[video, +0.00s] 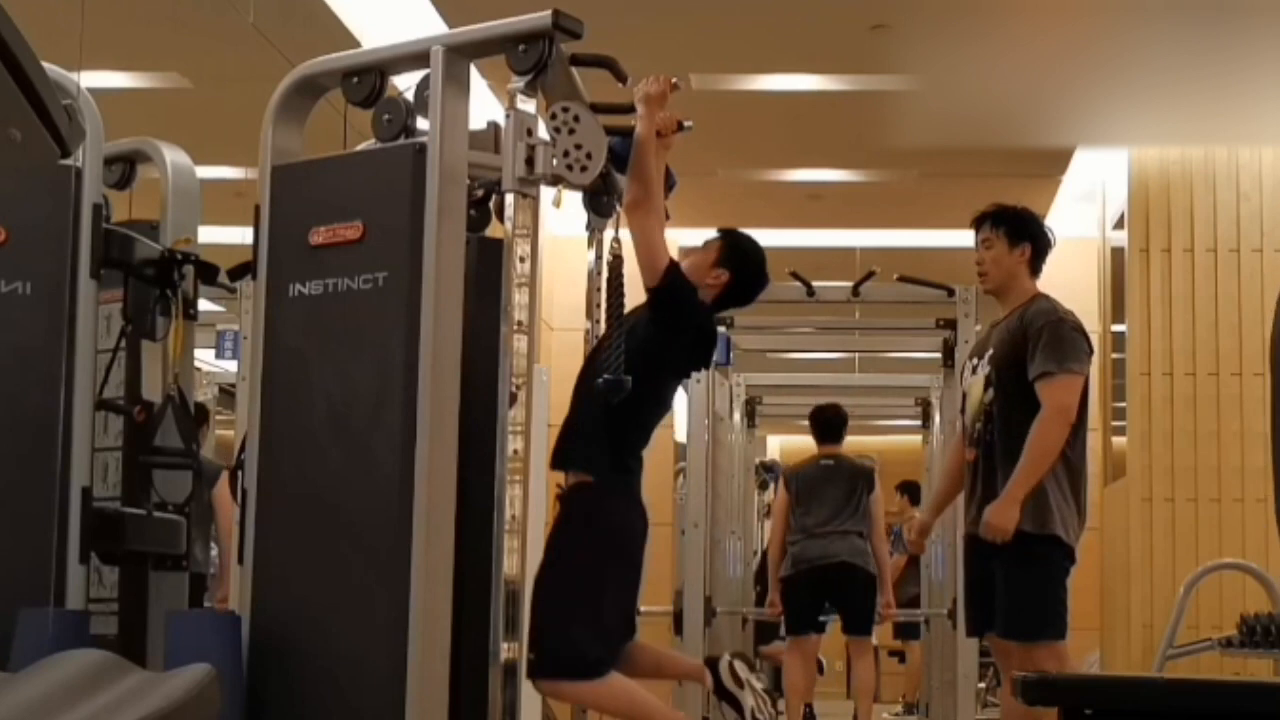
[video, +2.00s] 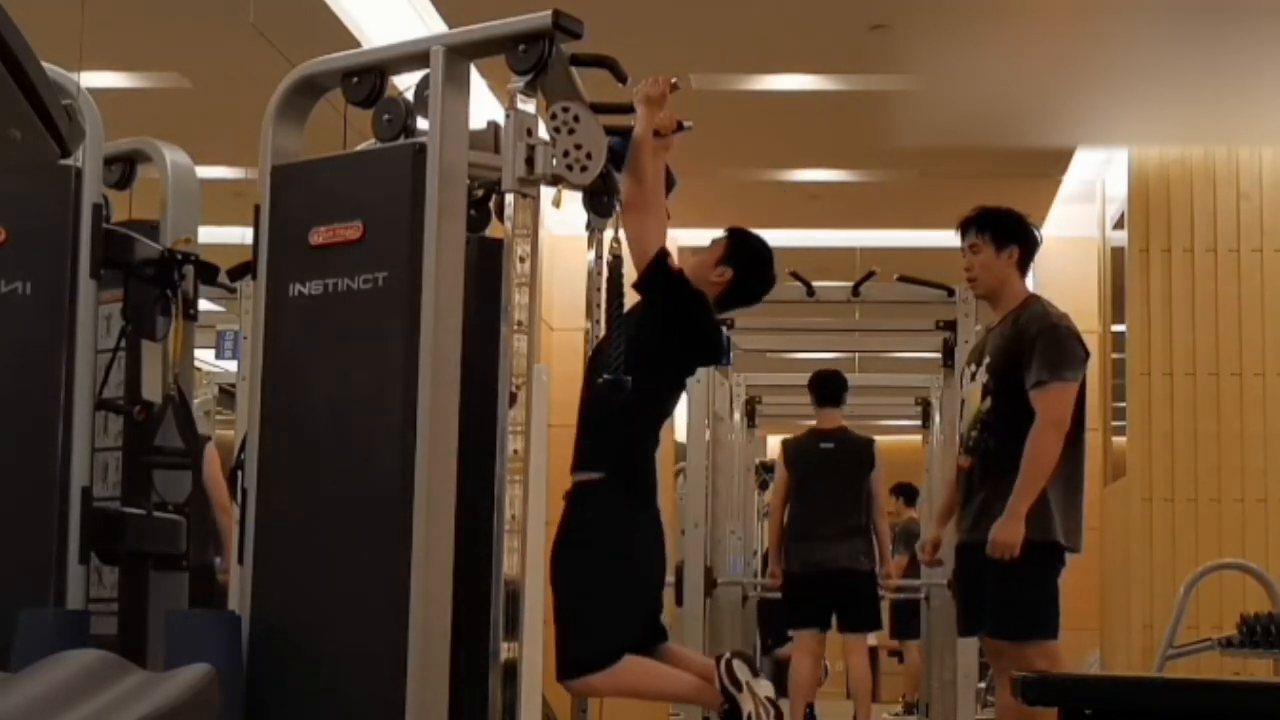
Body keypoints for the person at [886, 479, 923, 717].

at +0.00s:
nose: (895, 501)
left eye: (897, 496)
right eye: (896, 496)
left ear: (905, 497)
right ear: (913, 497)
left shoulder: (910, 522)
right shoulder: (913, 520)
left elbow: (899, 558)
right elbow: (900, 557)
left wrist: (886, 585)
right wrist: (889, 583)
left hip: (910, 591)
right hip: (913, 590)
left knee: (912, 646)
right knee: (912, 646)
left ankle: (910, 701)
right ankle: (912, 699)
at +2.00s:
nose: (891, 504)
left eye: (893, 500)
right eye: (892, 500)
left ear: (901, 500)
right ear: (911, 500)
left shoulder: (907, 526)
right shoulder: (912, 524)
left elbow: (901, 560)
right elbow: (902, 558)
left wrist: (888, 578)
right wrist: (891, 575)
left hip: (907, 590)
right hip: (911, 589)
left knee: (910, 647)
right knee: (911, 647)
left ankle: (911, 700)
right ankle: (912, 699)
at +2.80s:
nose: (893, 502)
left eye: (895, 498)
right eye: (894, 497)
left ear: (903, 499)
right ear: (914, 499)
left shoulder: (906, 525)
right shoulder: (916, 523)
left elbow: (900, 558)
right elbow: (904, 557)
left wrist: (888, 581)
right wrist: (892, 579)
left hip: (906, 590)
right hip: (914, 589)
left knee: (911, 647)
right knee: (913, 647)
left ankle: (911, 700)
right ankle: (913, 699)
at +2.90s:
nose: (893, 502)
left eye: (896, 498)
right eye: (894, 498)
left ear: (903, 499)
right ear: (915, 499)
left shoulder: (906, 527)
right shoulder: (918, 524)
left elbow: (900, 559)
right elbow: (904, 558)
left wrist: (888, 582)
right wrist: (892, 581)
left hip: (908, 592)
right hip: (916, 590)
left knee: (911, 647)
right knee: (913, 647)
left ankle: (911, 700)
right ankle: (914, 699)